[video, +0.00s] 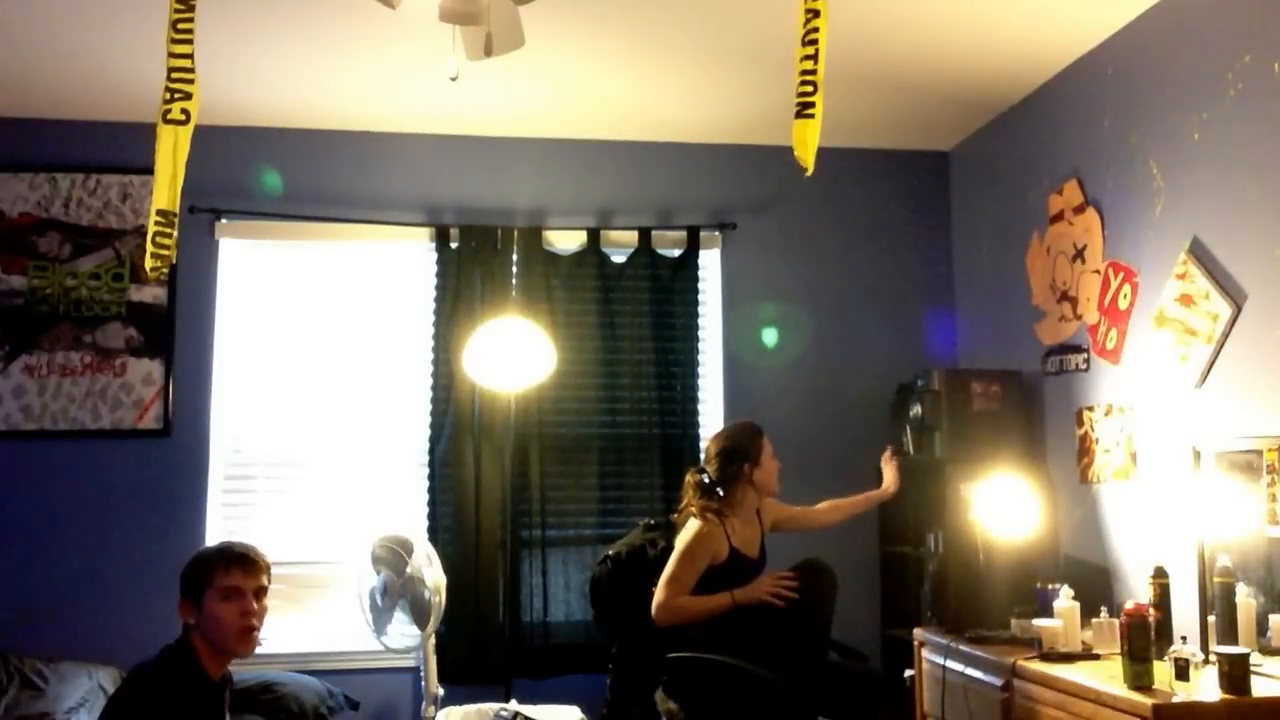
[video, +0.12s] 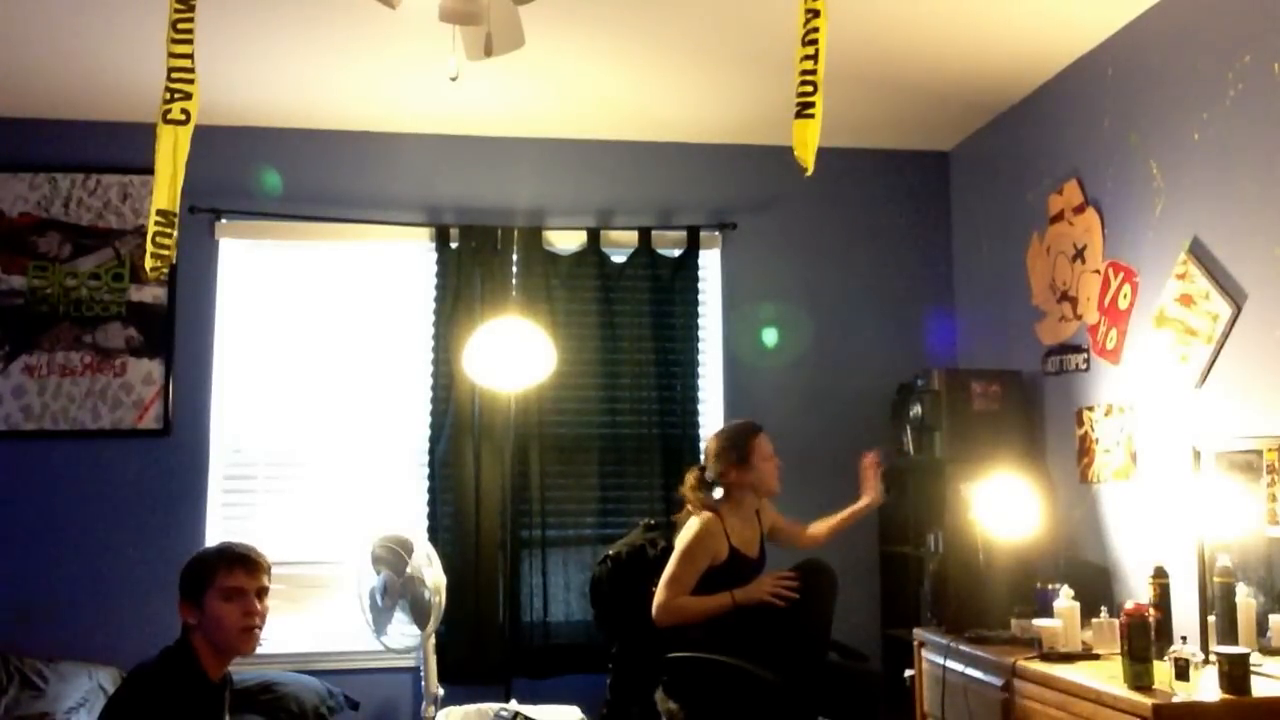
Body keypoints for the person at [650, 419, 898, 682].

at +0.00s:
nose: (779, 465)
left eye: (775, 457)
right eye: (772, 458)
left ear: (748, 472)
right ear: (748, 471)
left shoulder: (762, 511)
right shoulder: (703, 530)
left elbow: (820, 515)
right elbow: (664, 610)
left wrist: (884, 492)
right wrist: (742, 595)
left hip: (733, 637)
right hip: (695, 651)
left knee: (815, 574)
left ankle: (806, 687)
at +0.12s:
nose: (779, 464)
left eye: (774, 456)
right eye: (769, 458)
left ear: (738, 474)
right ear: (735, 474)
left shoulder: (758, 511)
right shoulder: (704, 528)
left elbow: (809, 537)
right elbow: (664, 610)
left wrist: (867, 502)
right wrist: (744, 595)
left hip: (731, 636)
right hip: (694, 651)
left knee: (816, 575)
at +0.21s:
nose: (770, 467)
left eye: (770, 458)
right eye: (757, 460)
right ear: (726, 473)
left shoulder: (756, 512)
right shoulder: (704, 526)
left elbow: (794, 558)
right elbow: (664, 610)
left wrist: (843, 524)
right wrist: (743, 595)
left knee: (817, 576)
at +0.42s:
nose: (749, 470)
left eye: (758, 462)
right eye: (738, 462)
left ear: (770, 472)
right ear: (716, 473)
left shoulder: (758, 516)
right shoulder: (702, 525)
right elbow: (660, 609)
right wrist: (741, 595)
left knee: (815, 575)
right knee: (812, 577)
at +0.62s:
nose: (747, 474)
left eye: (757, 466)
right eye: (736, 465)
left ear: (770, 477)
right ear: (717, 475)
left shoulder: (755, 529)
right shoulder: (700, 525)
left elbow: (766, 605)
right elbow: (659, 612)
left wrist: (795, 664)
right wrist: (738, 596)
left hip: (742, 648)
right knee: (811, 574)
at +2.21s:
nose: (745, 491)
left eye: (756, 480)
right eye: (735, 480)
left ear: (772, 484)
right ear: (719, 479)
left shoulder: (757, 528)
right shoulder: (700, 528)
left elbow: (768, 603)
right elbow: (662, 616)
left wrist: (797, 665)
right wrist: (740, 597)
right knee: (812, 576)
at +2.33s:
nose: (746, 491)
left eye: (757, 480)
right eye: (736, 480)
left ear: (772, 484)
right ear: (719, 479)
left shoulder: (757, 526)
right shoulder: (700, 528)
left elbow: (768, 601)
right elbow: (662, 614)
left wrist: (796, 665)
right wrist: (739, 597)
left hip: (748, 640)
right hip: (707, 648)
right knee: (812, 575)